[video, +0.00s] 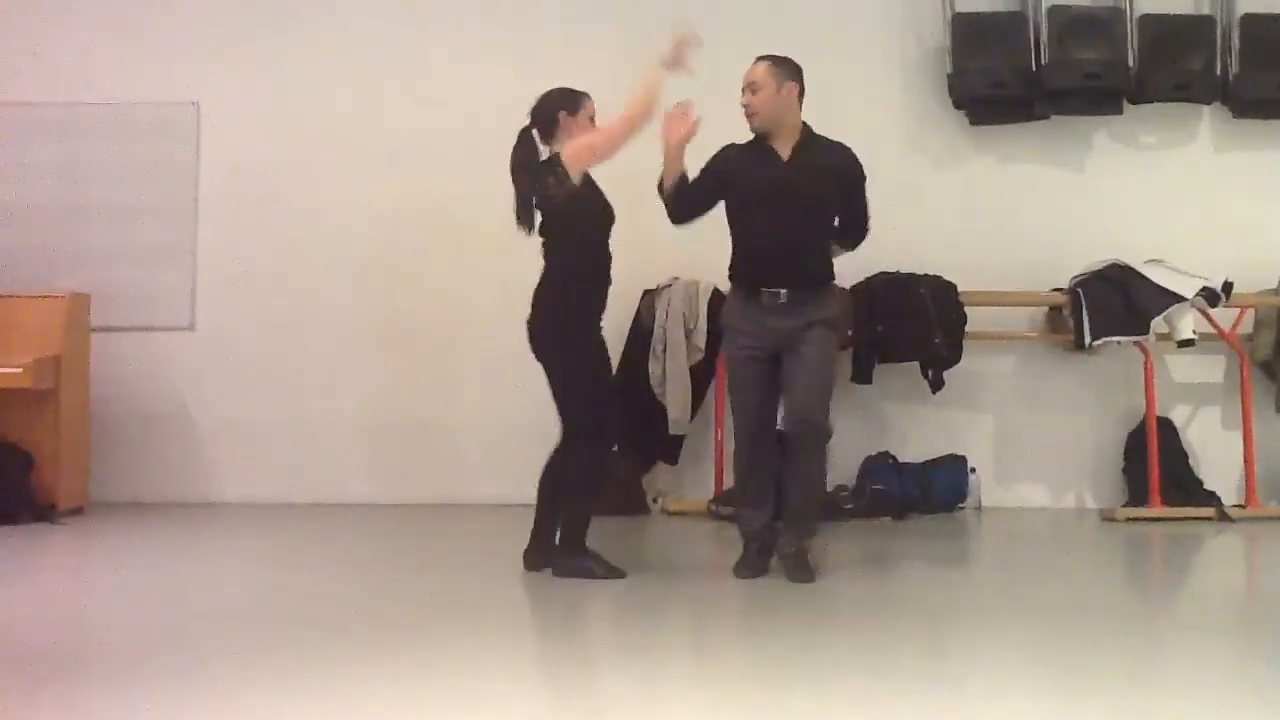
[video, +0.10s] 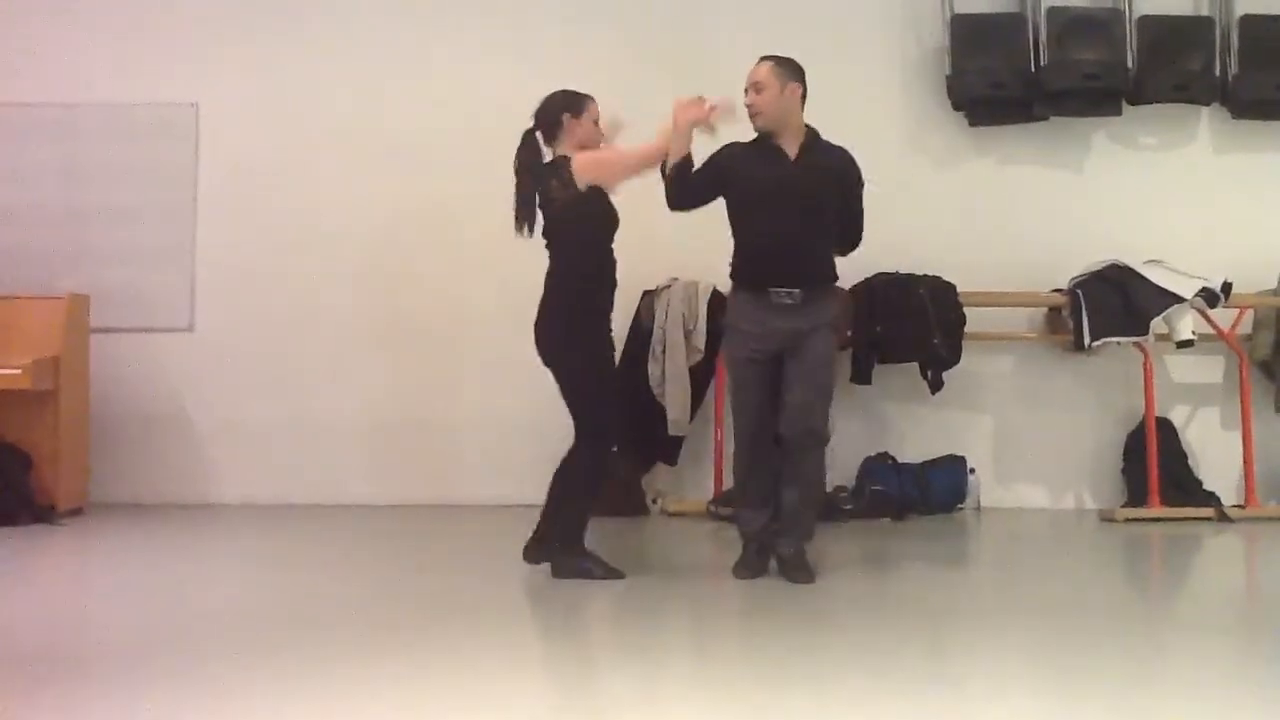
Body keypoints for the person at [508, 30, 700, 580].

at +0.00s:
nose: (598, 124)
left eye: (594, 116)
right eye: (589, 117)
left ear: (560, 125)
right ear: (563, 123)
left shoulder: (561, 171)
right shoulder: (564, 168)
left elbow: (621, 129)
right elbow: (628, 123)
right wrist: (664, 66)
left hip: (564, 320)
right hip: (566, 324)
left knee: (580, 434)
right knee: (597, 432)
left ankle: (543, 543)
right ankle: (570, 548)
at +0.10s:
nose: (601, 129)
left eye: (599, 120)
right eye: (594, 120)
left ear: (564, 126)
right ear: (569, 125)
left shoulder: (558, 172)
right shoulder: (578, 169)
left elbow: (615, 166)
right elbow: (645, 159)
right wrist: (684, 123)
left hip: (572, 322)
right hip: (575, 326)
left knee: (594, 431)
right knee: (599, 432)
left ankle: (549, 536)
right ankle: (566, 547)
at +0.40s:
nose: (603, 136)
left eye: (601, 128)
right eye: (596, 128)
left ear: (567, 137)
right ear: (570, 135)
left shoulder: (564, 186)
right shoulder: (582, 185)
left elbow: (647, 216)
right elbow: (658, 225)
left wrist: (668, 170)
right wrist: (715, 241)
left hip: (567, 328)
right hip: (581, 332)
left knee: (579, 437)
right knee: (646, 430)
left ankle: (571, 543)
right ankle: (572, 545)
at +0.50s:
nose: (603, 134)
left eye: (600, 126)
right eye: (595, 126)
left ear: (568, 136)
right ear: (568, 133)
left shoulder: (570, 185)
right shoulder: (582, 187)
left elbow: (652, 214)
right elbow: (661, 229)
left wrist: (674, 162)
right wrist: (718, 245)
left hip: (572, 326)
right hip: (579, 330)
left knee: (581, 434)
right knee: (644, 428)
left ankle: (582, 525)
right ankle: (569, 549)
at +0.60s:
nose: (604, 137)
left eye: (602, 129)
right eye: (596, 129)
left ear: (572, 137)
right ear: (569, 136)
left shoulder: (586, 185)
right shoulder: (577, 191)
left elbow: (654, 205)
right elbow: (652, 228)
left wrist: (678, 164)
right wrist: (725, 250)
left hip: (587, 327)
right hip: (576, 330)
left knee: (603, 432)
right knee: (593, 437)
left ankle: (583, 533)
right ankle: (569, 553)